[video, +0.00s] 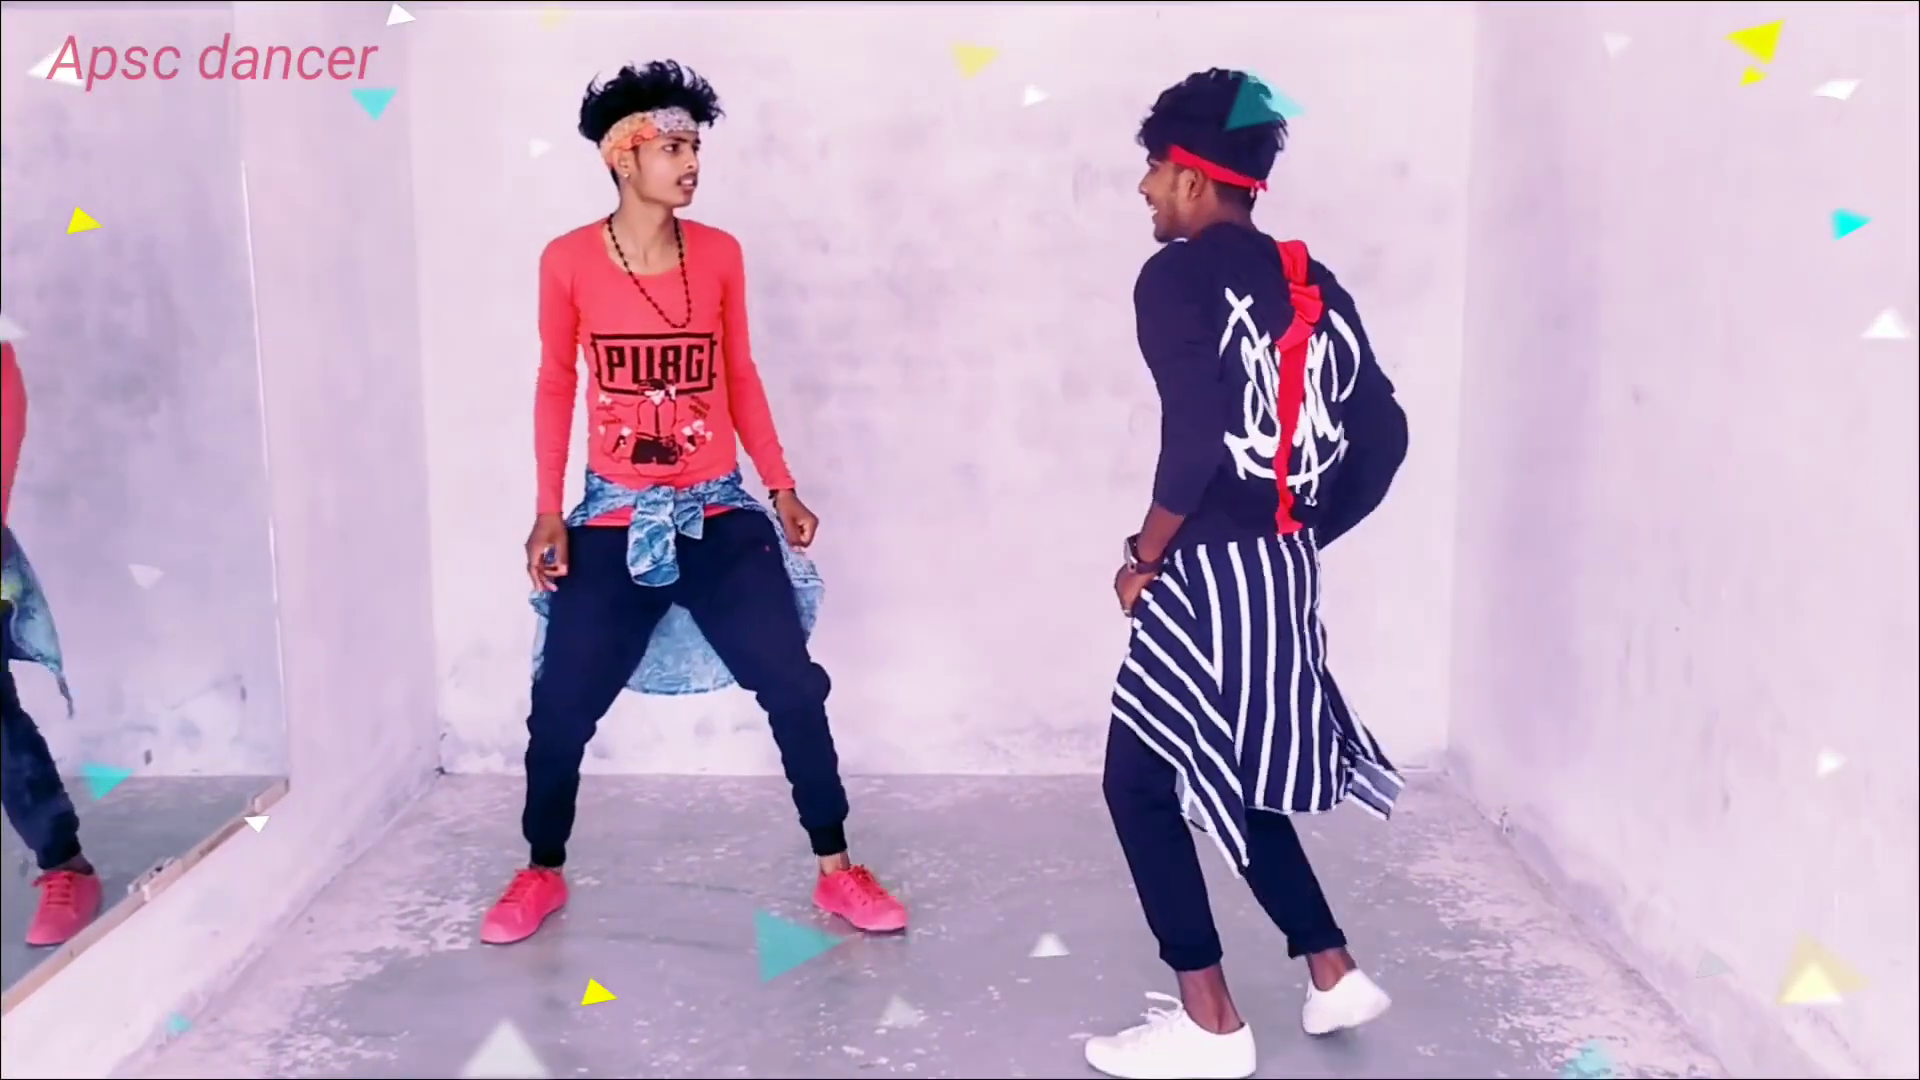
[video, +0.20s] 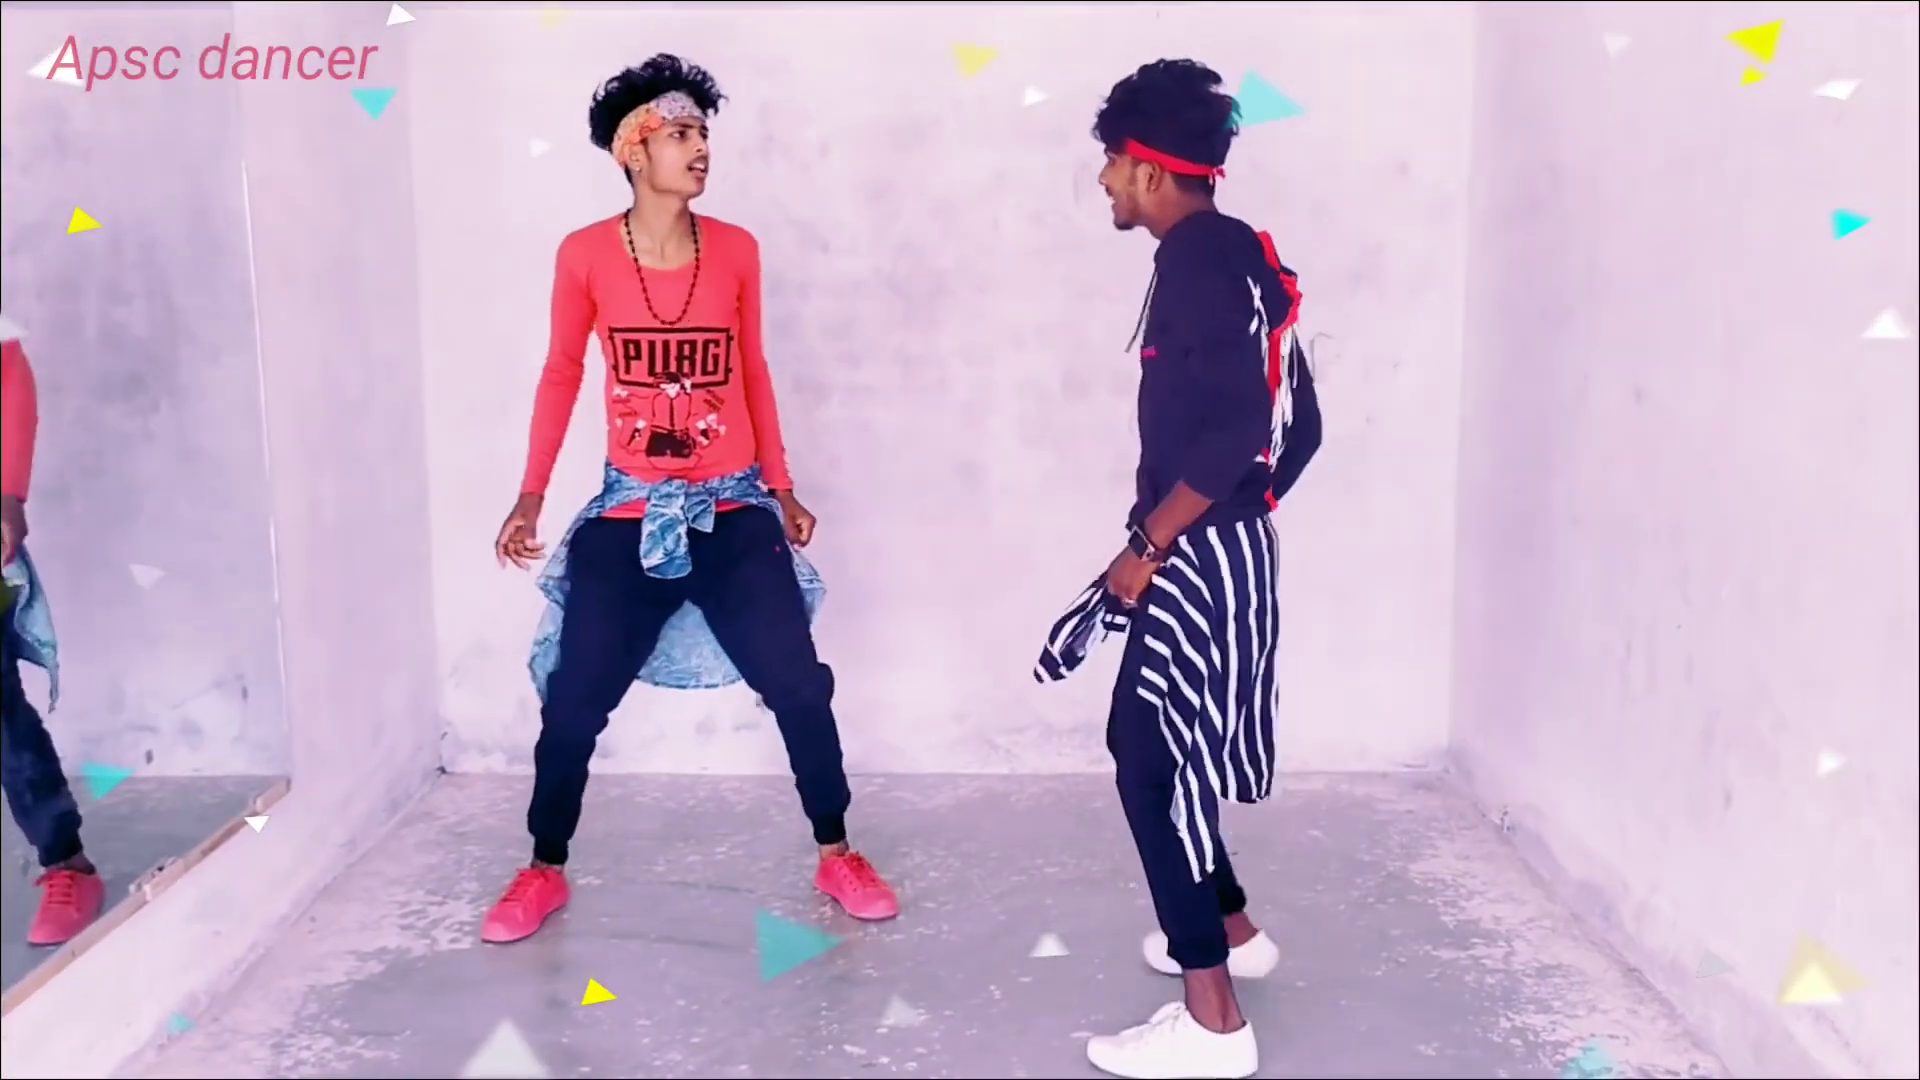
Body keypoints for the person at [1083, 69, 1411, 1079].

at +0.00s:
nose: (1143, 186)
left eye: (1154, 168)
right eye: (1148, 166)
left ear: (1194, 174)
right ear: (1236, 177)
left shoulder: (1173, 275)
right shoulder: (1312, 279)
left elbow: (1197, 427)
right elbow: (1380, 436)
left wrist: (1148, 547)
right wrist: (1301, 527)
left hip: (1206, 562)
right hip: (1284, 563)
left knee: (1136, 783)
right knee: (1236, 775)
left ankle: (1209, 1020)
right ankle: (1333, 975)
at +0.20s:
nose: (1103, 180)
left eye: (1110, 161)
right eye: (1106, 161)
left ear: (1147, 164)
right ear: (1188, 164)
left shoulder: (1197, 259)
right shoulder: (1240, 254)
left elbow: (1239, 423)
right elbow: (1300, 423)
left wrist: (1152, 540)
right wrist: (1222, 512)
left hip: (1195, 547)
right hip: (1220, 542)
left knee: (1142, 757)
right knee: (1161, 738)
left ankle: (1211, 1020)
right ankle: (1225, 922)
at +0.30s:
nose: (1094, 183)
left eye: (1099, 163)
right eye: (1096, 163)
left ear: (1138, 165)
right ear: (1164, 164)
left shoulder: (1206, 260)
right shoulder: (1181, 257)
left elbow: (1265, 418)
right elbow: (1181, 416)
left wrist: (1163, 536)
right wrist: (1136, 526)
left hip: (1195, 550)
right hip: (1164, 543)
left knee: (1158, 756)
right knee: (1139, 741)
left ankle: (1218, 1017)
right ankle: (1161, 915)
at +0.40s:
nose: (1083, 200)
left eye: (1089, 179)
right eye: (1082, 180)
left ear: (1133, 171)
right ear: (1140, 169)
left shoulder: (1216, 263)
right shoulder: (1167, 268)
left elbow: (1283, 408)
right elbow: (1181, 411)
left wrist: (1152, 494)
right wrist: (1112, 451)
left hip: (1196, 553)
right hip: (1147, 543)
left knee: (1161, 770)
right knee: (1120, 743)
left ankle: (1218, 1016)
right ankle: (1153, 914)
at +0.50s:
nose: (1086, 242)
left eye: (1086, 221)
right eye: (1077, 226)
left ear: (1134, 191)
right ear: (1128, 194)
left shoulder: (1234, 260)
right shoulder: (1150, 269)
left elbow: (1236, 427)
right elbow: (1146, 390)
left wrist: (1095, 442)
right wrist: (1059, 421)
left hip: (1207, 547)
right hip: (1140, 539)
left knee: (1176, 755)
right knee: (1114, 744)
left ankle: (1215, 1001)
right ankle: (1156, 913)